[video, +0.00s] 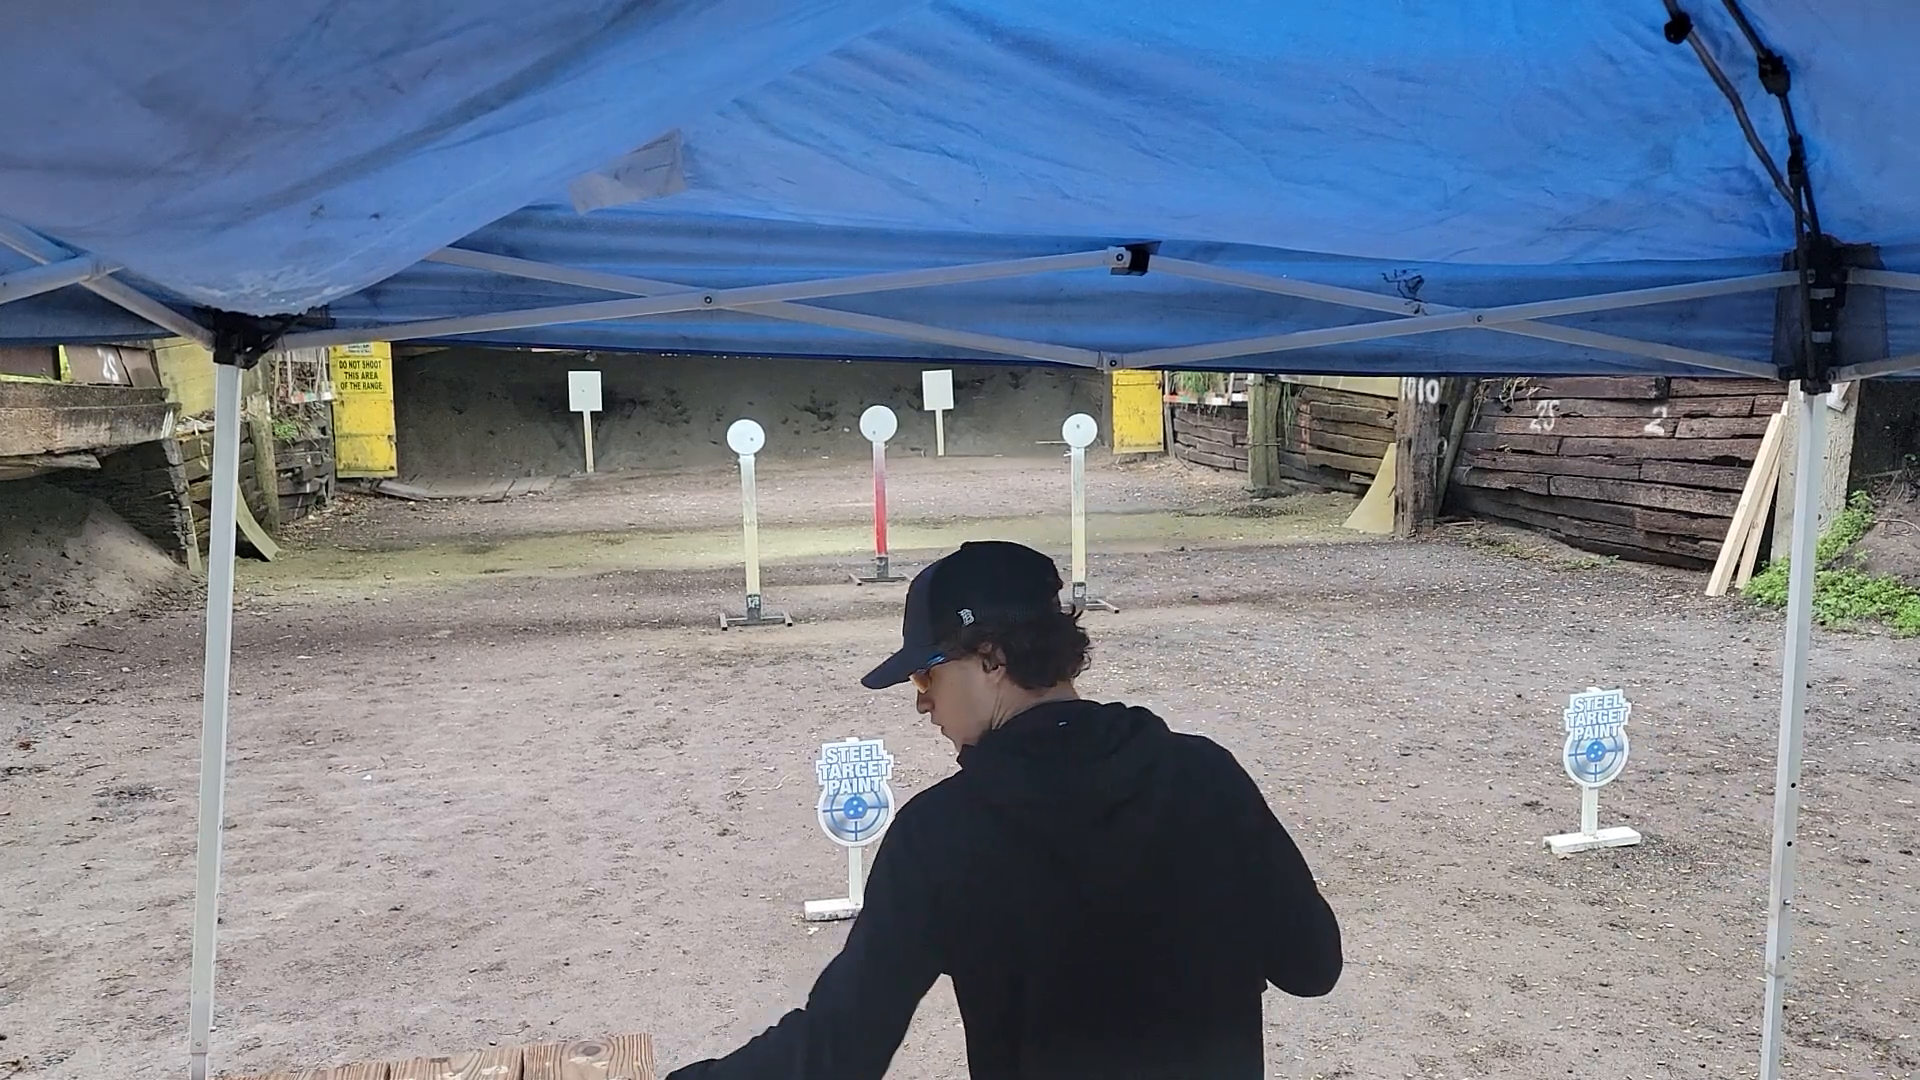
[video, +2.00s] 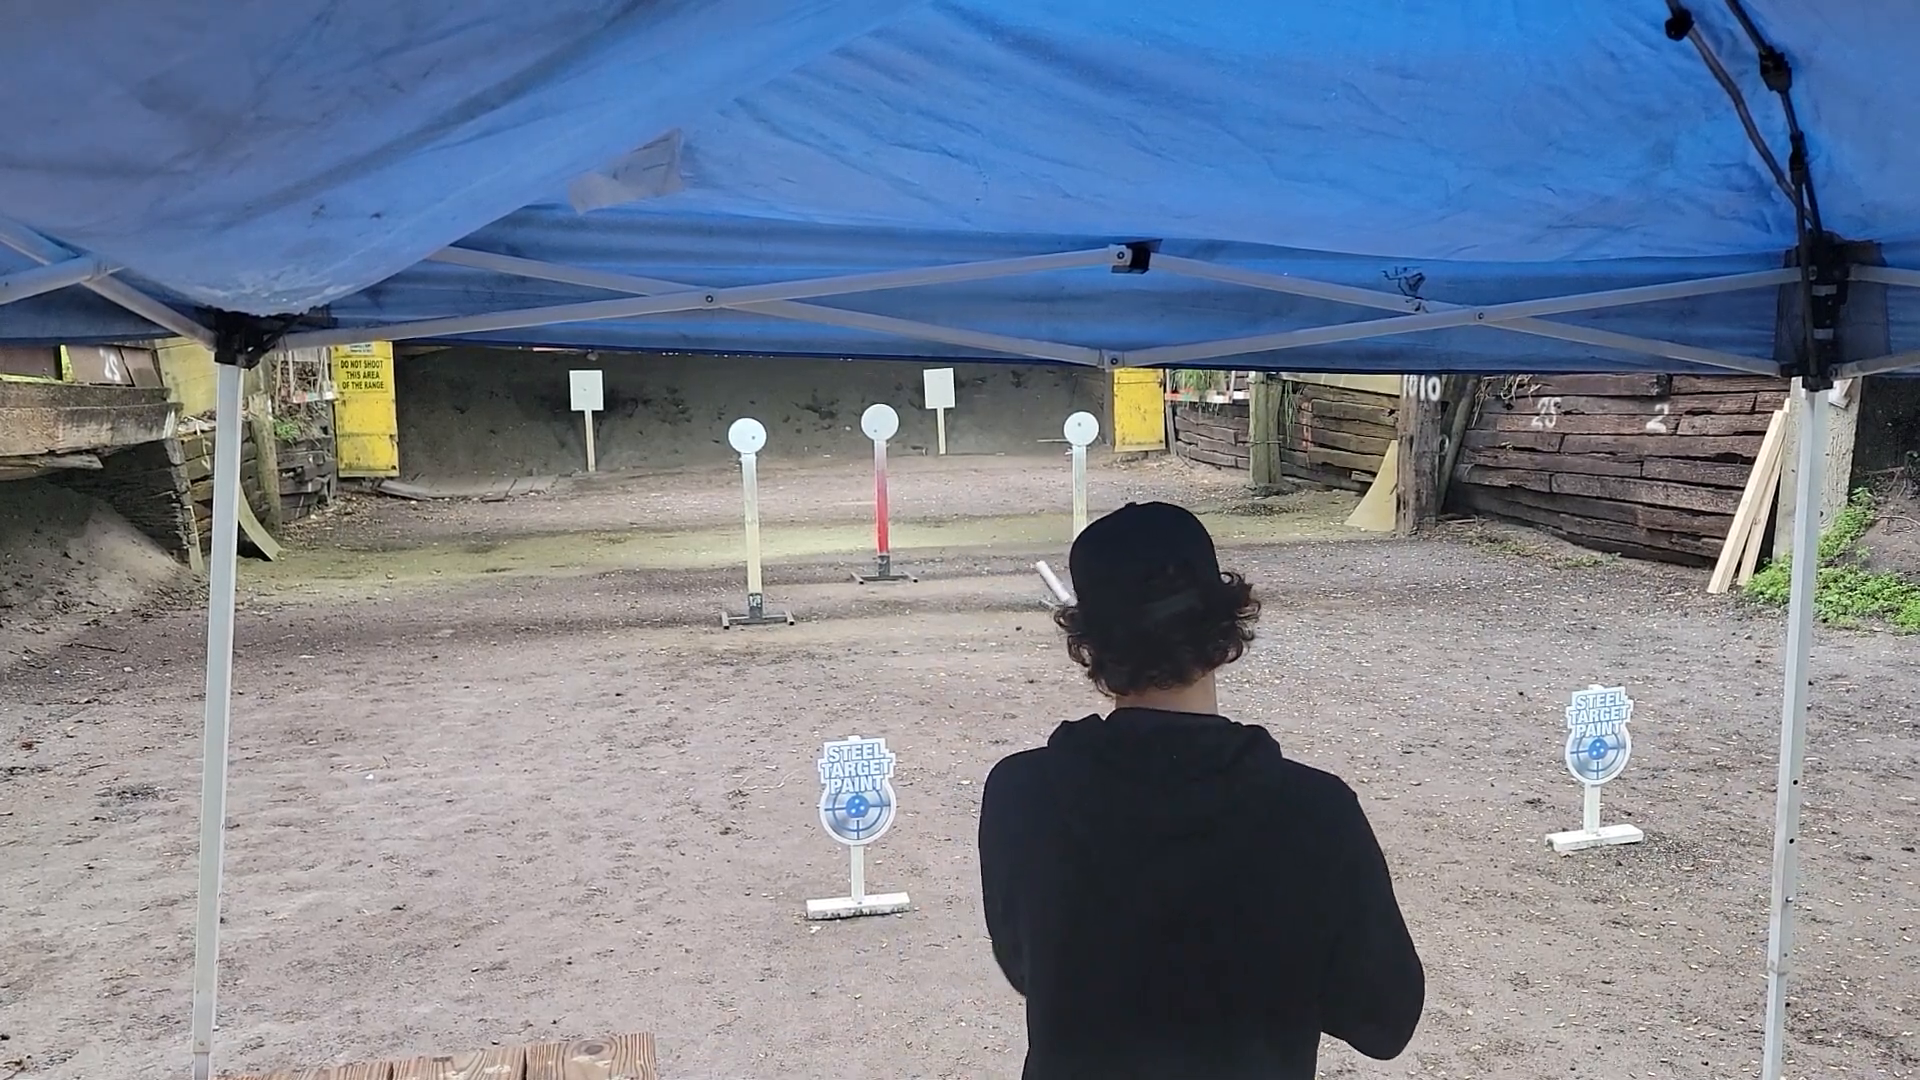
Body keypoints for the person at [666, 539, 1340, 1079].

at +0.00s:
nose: (922, 705)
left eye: (927, 677)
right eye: (918, 682)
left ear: (989, 661)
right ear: (1054, 651)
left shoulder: (944, 827)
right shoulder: (1206, 775)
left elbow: (839, 1046)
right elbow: (1315, 964)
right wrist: (1191, 896)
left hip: (1031, 1069)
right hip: (1213, 1071)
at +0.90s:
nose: (1001, 640)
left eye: (1003, 621)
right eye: (1004, 619)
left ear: (1019, 641)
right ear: (1150, 627)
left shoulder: (978, 822)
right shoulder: (1251, 785)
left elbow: (884, 1044)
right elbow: (1340, 978)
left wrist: (695, 1079)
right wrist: (1226, 889)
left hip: (1050, 1068)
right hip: (1227, 1068)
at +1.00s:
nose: (1016, 636)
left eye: (1014, 620)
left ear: (1021, 640)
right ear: (1162, 625)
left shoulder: (987, 818)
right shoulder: (1258, 784)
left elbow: (910, 1055)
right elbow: (1344, 980)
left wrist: (686, 1060)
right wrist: (1230, 893)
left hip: (1053, 1067)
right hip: (1226, 1071)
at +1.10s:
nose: (1022, 636)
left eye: (1023, 617)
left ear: (1032, 638)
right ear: (1166, 623)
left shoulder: (992, 821)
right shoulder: (1265, 788)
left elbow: (941, 1054)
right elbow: (1347, 988)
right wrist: (1221, 900)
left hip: (1058, 1072)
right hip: (1236, 1073)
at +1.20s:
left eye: (1034, 622)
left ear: (1043, 642)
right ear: (1178, 621)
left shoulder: (992, 821)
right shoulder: (1277, 793)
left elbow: (950, 1057)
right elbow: (1356, 994)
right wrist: (1236, 908)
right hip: (1235, 1071)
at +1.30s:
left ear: (1053, 645)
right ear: (1190, 624)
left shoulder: (994, 814)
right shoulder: (1285, 797)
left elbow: (960, 1030)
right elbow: (1365, 1000)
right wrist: (1241, 928)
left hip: (1061, 1070)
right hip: (1242, 1068)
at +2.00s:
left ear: (1086, 637)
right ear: (1225, 619)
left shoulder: (1019, 792)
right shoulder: (1317, 809)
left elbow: (1022, 965)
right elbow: (1387, 1023)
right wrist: (1264, 942)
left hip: (1068, 1072)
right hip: (1261, 1072)